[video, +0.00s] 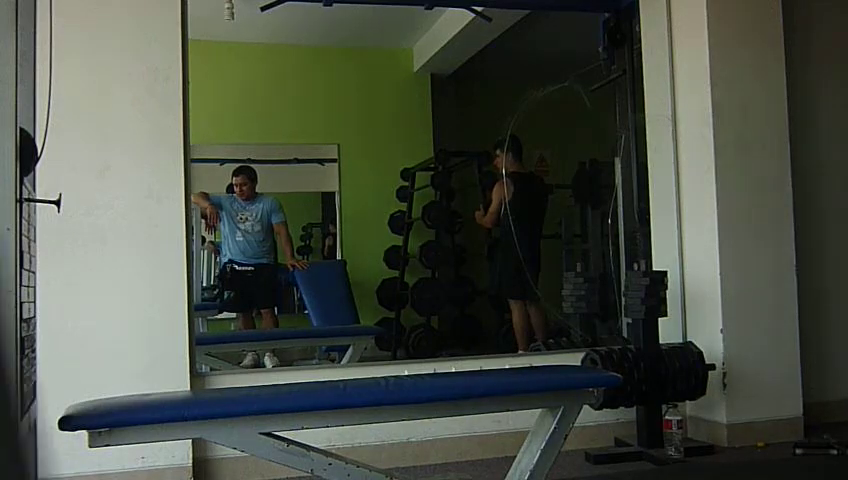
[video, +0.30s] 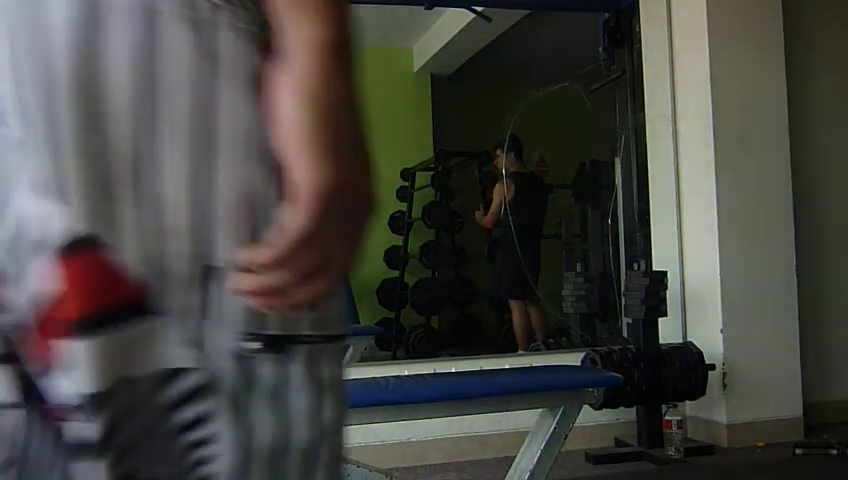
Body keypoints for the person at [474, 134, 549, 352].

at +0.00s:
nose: (495, 162)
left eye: (497, 157)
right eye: (495, 157)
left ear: (506, 156)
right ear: (519, 156)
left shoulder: (503, 186)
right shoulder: (537, 182)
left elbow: (490, 220)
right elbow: (538, 215)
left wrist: (480, 217)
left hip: (510, 248)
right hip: (533, 246)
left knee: (516, 301)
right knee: (533, 299)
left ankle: (522, 352)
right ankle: (542, 347)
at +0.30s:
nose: (496, 163)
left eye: (497, 157)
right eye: (495, 158)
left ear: (507, 156)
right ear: (519, 156)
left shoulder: (504, 185)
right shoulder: (537, 182)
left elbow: (490, 221)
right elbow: (537, 215)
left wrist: (480, 217)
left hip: (511, 247)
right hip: (533, 245)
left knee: (516, 301)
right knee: (532, 298)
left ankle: (522, 353)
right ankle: (542, 346)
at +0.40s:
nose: (497, 163)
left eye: (499, 157)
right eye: (497, 157)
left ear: (510, 156)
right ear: (518, 157)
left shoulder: (505, 185)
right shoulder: (539, 182)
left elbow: (492, 218)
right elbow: (538, 217)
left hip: (512, 247)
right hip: (533, 246)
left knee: (516, 301)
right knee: (532, 299)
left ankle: (523, 352)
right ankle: (542, 347)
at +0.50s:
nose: (497, 162)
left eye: (498, 157)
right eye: (497, 157)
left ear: (509, 156)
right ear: (518, 157)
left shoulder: (504, 186)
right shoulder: (532, 180)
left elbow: (491, 220)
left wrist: (480, 217)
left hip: (511, 248)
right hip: (533, 243)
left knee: (516, 302)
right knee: (532, 299)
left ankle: (522, 351)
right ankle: (542, 345)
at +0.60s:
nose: (496, 163)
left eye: (498, 157)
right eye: (496, 158)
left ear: (509, 156)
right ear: (519, 157)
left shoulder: (504, 186)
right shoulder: (536, 180)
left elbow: (491, 220)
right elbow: (538, 213)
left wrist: (480, 217)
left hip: (511, 247)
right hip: (534, 245)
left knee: (516, 302)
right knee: (533, 299)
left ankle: (523, 353)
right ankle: (542, 347)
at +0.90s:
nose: (502, 165)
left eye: (504, 160)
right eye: (503, 161)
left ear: (511, 158)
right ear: (522, 157)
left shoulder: (512, 183)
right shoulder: (538, 180)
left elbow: (503, 213)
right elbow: (542, 216)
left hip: (515, 247)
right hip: (534, 245)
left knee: (518, 299)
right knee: (533, 297)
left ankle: (522, 350)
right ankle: (542, 343)